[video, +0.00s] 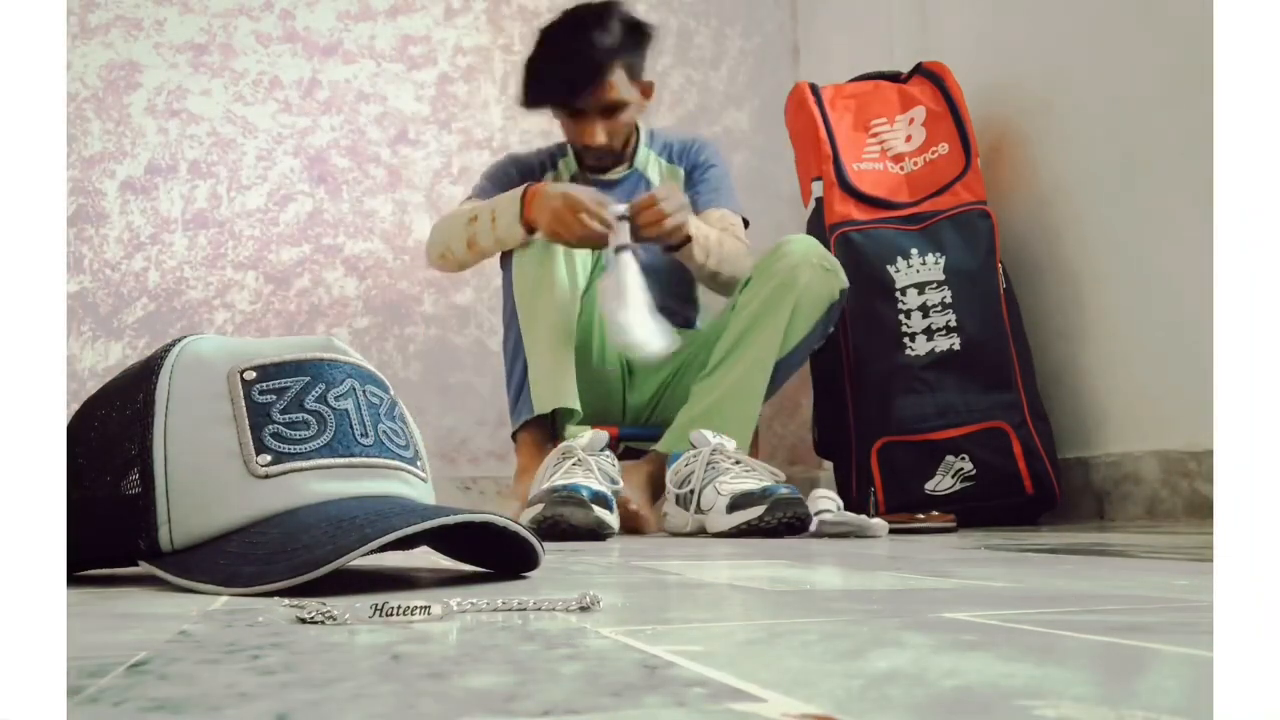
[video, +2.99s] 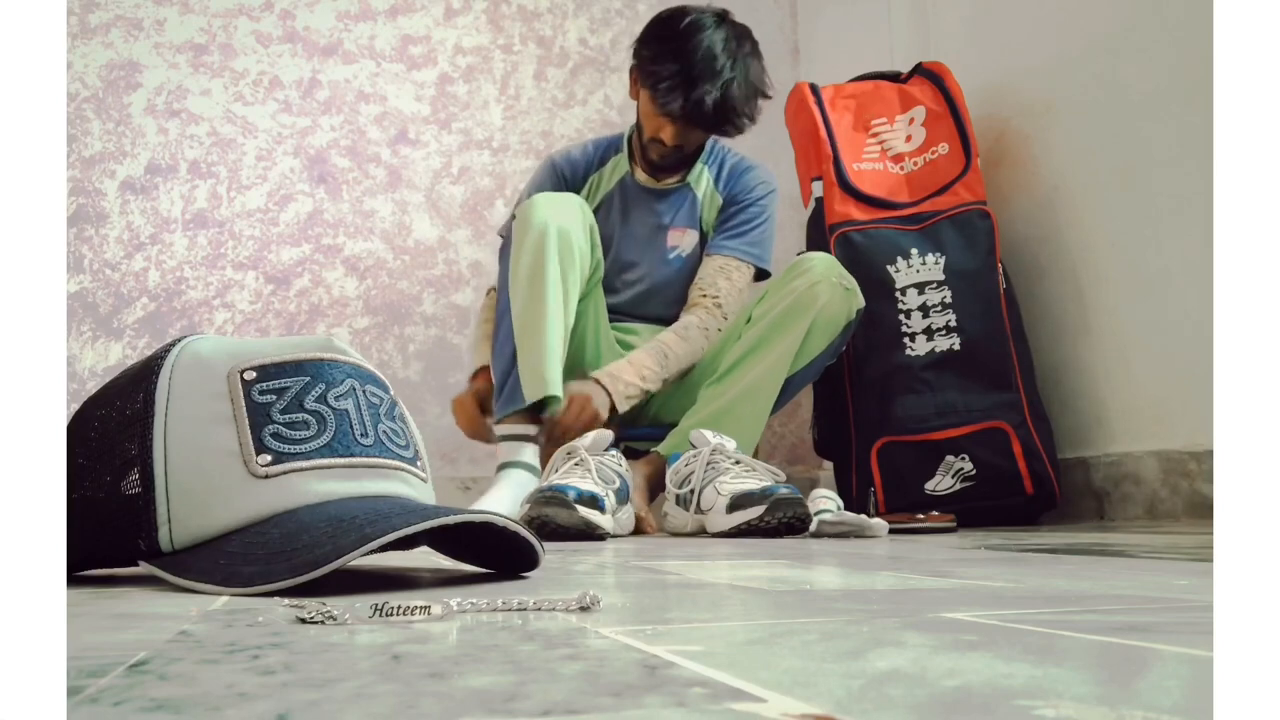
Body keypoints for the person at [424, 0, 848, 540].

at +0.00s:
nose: (594, 136)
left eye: (611, 112)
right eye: (574, 115)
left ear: (645, 96)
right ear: (555, 109)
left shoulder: (692, 161)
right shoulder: (526, 175)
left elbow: (735, 270)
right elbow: (442, 250)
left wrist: (684, 234)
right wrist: (530, 207)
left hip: (675, 378)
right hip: (578, 378)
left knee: (810, 260)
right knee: (540, 223)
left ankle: (675, 465)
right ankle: (551, 456)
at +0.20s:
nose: (651, 130)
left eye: (675, 114)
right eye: (638, 105)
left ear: (706, 110)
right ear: (618, 90)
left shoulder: (731, 168)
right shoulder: (561, 157)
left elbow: (718, 287)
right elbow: (458, 242)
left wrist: (649, 273)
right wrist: (506, 236)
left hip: (685, 369)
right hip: (587, 360)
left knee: (799, 266)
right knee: (563, 204)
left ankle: (644, 473)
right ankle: (569, 455)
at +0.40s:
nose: (657, 114)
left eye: (684, 99)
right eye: (647, 87)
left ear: (717, 102)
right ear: (625, 69)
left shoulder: (739, 170)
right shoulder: (563, 154)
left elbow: (712, 296)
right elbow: (495, 260)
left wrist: (615, 328)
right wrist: (481, 281)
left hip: (675, 381)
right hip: (583, 378)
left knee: (806, 271)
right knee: (567, 202)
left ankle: (654, 472)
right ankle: (543, 457)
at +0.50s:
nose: (642, 105)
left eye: (671, 89)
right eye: (632, 76)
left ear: (706, 97)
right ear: (610, 65)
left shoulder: (733, 167)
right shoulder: (554, 158)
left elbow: (701, 301)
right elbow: (493, 278)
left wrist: (596, 344)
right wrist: (488, 323)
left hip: (671, 383)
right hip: (577, 383)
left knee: (800, 267)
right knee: (559, 204)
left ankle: (660, 467)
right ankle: (570, 453)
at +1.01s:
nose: (619, 102)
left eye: (645, 86)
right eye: (607, 76)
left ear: (689, 92)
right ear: (589, 70)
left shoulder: (725, 173)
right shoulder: (541, 169)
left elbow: (676, 318)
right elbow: (493, 300)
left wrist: (571, 405)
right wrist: (486, 386)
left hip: (675, 378)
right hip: (577, 374)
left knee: (795, 264)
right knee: (542, 202)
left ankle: (649, 471)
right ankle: (565, 455)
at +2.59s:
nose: (660, 137)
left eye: (685, 123)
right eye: (651, 109)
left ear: (714, 119)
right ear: (627, 81)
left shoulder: (734, 175)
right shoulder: (563, 177)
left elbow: (699, 313)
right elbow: (505, 295)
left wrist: (598, 386)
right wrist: (484, 385)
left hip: (681, 376)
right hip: (582, 364)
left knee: (811, 269)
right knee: (537, 207)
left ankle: (644, 475)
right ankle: (517, 457)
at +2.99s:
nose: (672, 136)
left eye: (694, 125)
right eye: (663, 112)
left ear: (724, 117)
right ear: (637, 84)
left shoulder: (745, 187)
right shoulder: (569, 173)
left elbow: (709, 315)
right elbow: (508, 287)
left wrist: (609, 386)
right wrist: (486, 372)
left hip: (689, 376)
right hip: (587, 363)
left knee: (827, 279)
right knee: (550, 210)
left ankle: (655, 475)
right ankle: (524, 464)